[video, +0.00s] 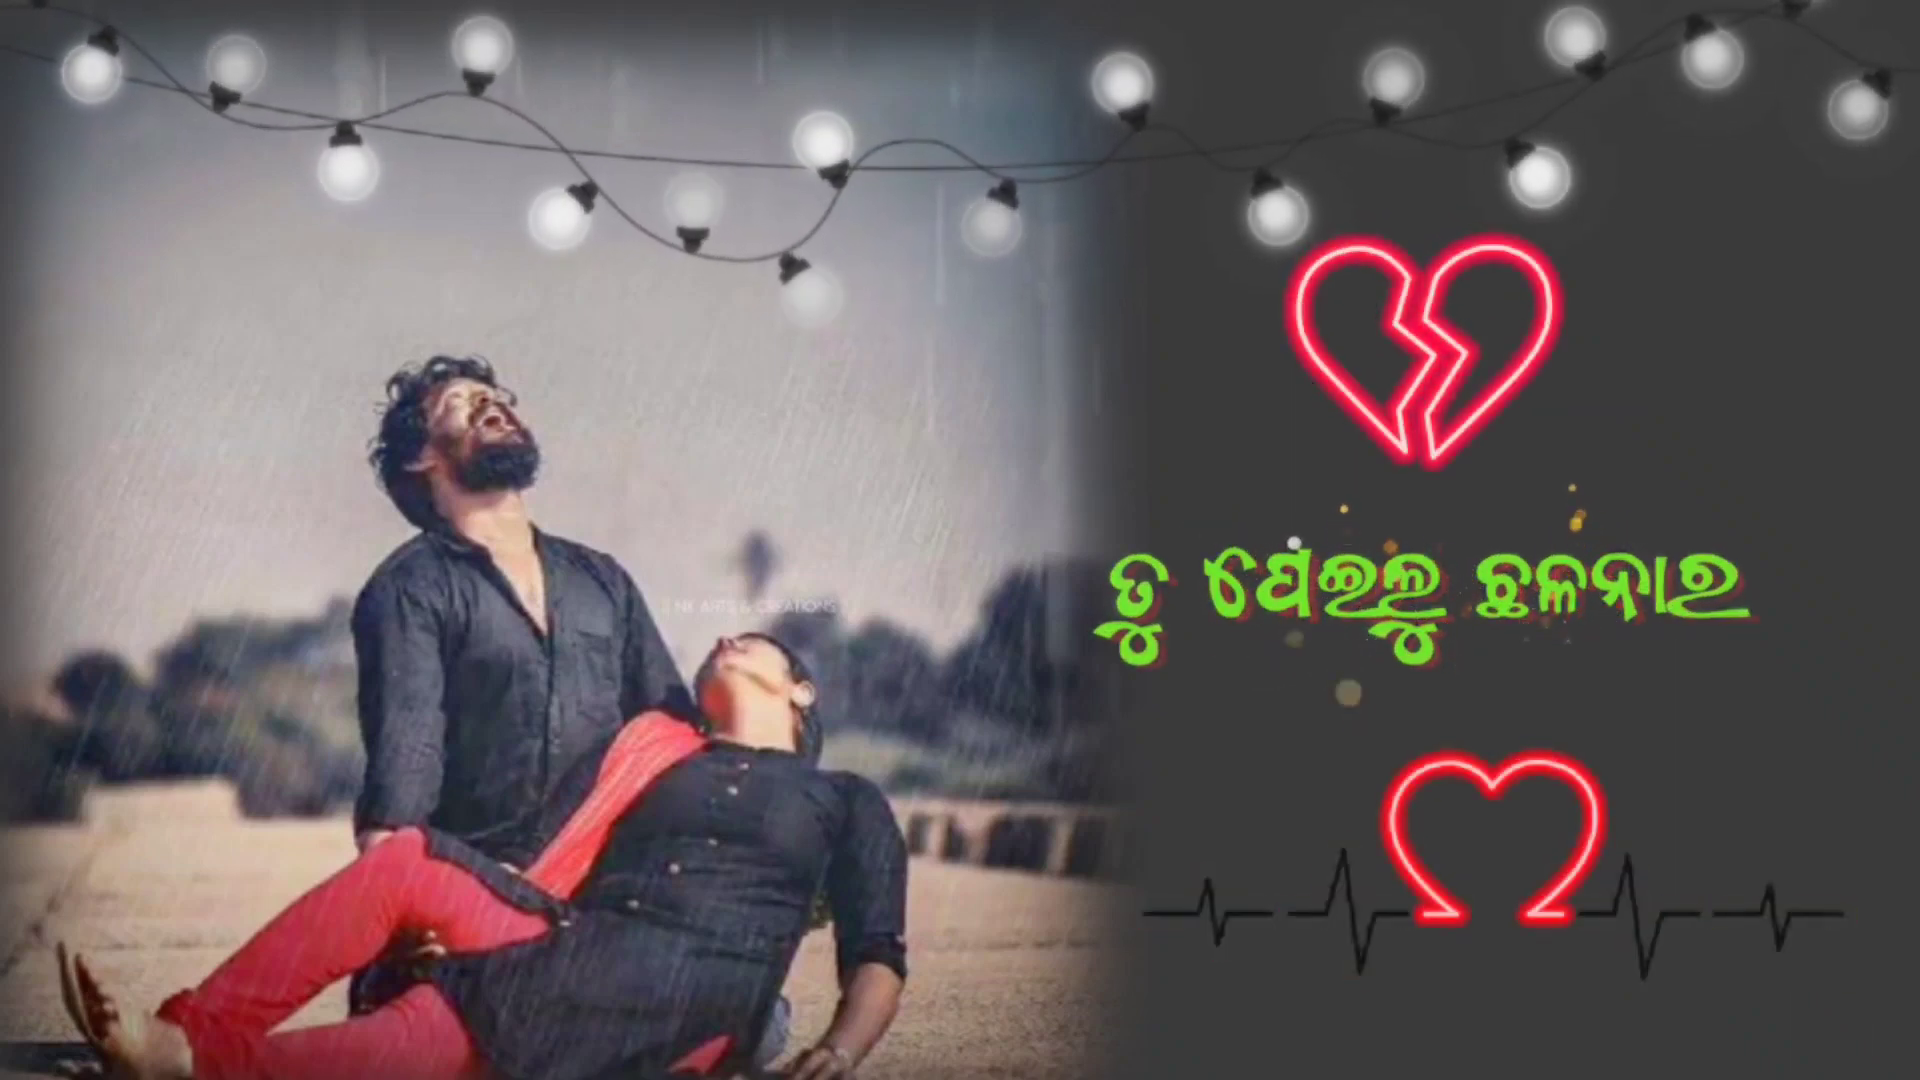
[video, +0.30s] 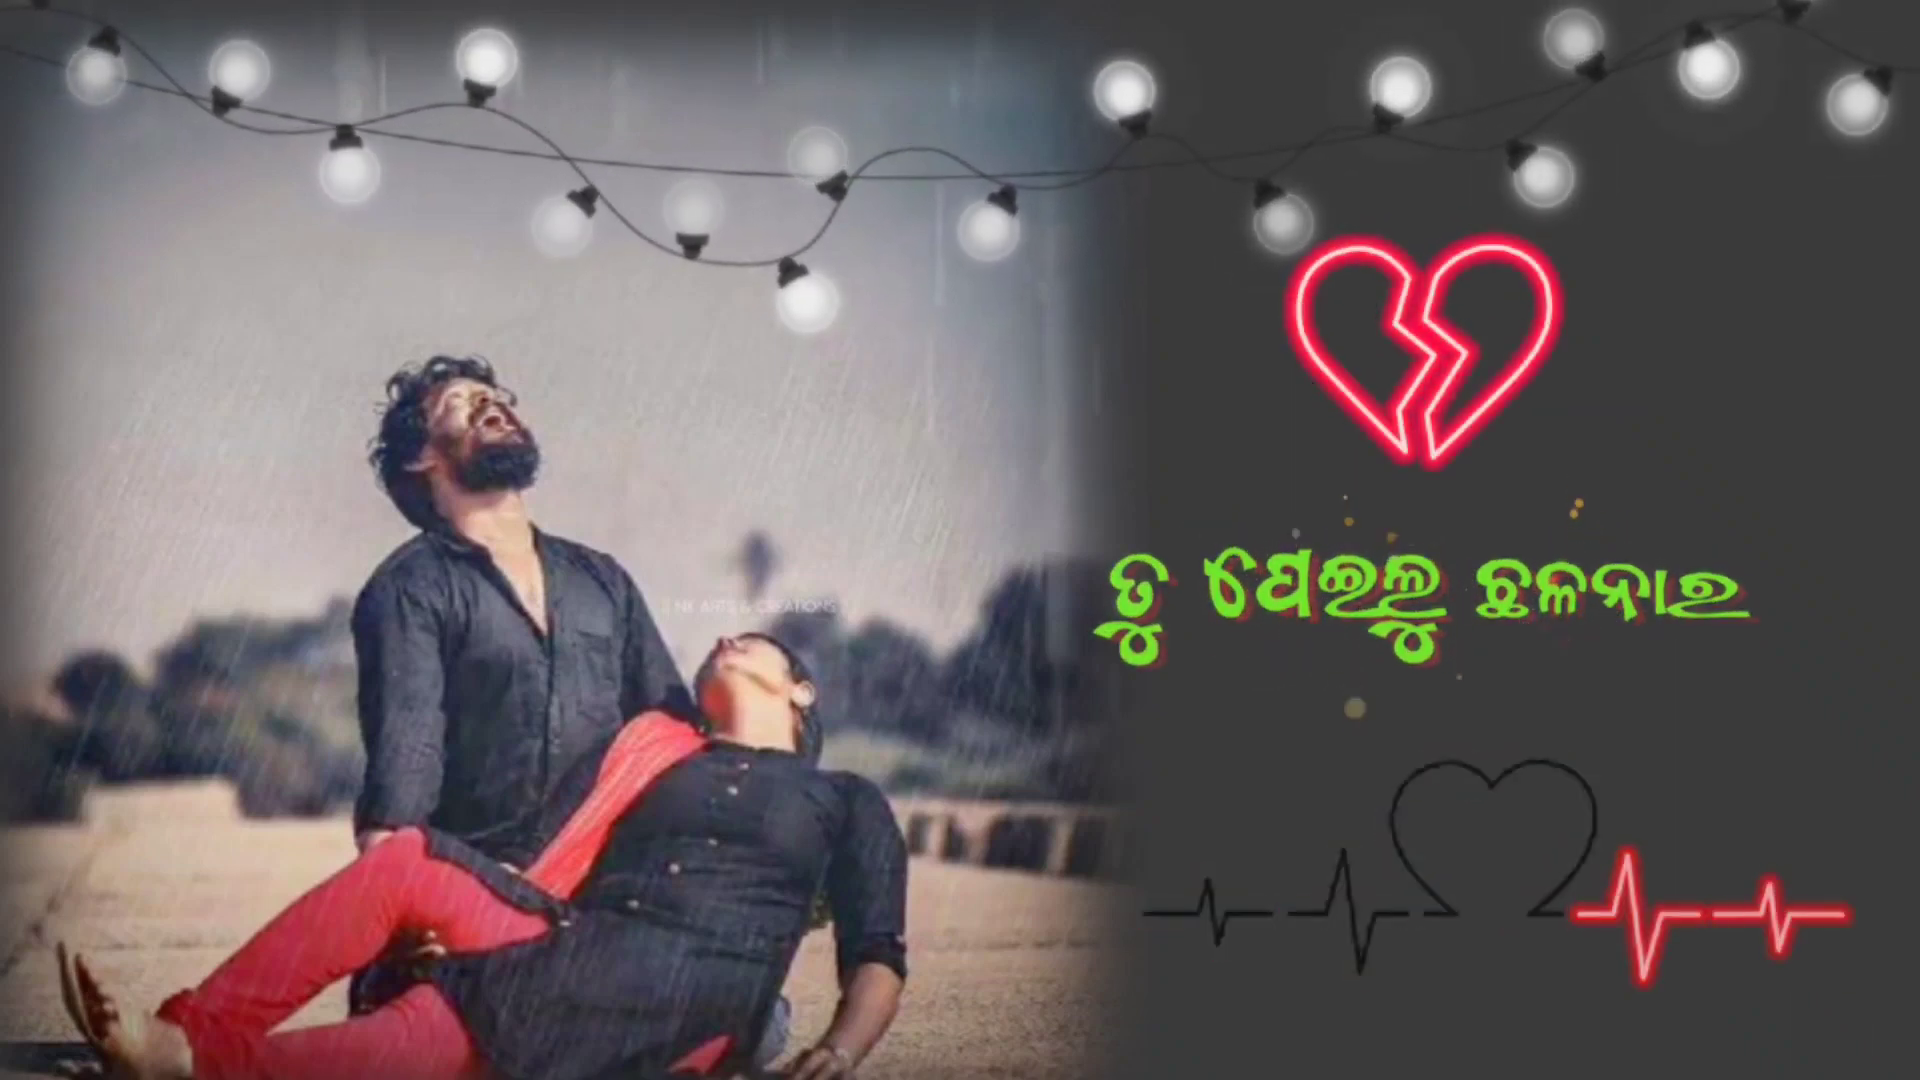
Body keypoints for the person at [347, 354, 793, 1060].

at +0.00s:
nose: (496, 408)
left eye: (502, 401)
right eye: (463, 406)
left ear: (525, 438)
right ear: (421, 462)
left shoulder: (602, 578)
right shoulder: (410, 587)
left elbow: (678, 728)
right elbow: (404, 753)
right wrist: (387, 904)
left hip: (617, 883)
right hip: (462, 890)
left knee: (760, 1022)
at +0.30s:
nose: (496, 408)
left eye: (502, 401)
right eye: (463, 406)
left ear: (525, 438)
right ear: (421, 462)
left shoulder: (602, 578)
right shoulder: (411, 587)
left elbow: (678, 729)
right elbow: (404, 754)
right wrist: (387, 904)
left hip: (617, 884)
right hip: (462, 891)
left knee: (760, 1022)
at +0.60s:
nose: (496, 408)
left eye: (502, 401)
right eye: (463, 406)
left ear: (525, 438)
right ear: (421, 462)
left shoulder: (602, 578)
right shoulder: (410, 587)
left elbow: (678, 728)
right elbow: (404, 754)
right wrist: (387, 904)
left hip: (617, 883)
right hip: (462, 890)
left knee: (760, 1022)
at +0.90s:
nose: (496, 408)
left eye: (502, 401)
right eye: (463, 406)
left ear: (525, 438)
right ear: (421, 462)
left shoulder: (602, 578)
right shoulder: (410, 587)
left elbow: (678, 728)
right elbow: (404, 753)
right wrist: (387, 904)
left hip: (617, 883)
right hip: (462, 890)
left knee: (760, 1022)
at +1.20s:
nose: (496, 408)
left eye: (501, 400)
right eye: (463, 406)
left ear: (525, 435)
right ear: (422, 463)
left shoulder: (602, 578)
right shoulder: (411, 587)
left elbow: (678, 728)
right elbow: (404, 755)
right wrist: (387, 905)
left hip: (617, 883)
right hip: (462, 891)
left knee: (761, 1021)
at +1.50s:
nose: (497, 408)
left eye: (502, 401)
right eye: (463, 406)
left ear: (525, 438)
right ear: (422, 462)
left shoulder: (602, 578)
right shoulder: (410, 588)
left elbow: (678, 728)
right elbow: (404, 753)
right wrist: (388, 901)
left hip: (617, 883)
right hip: (462, 890)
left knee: (761, 1021)